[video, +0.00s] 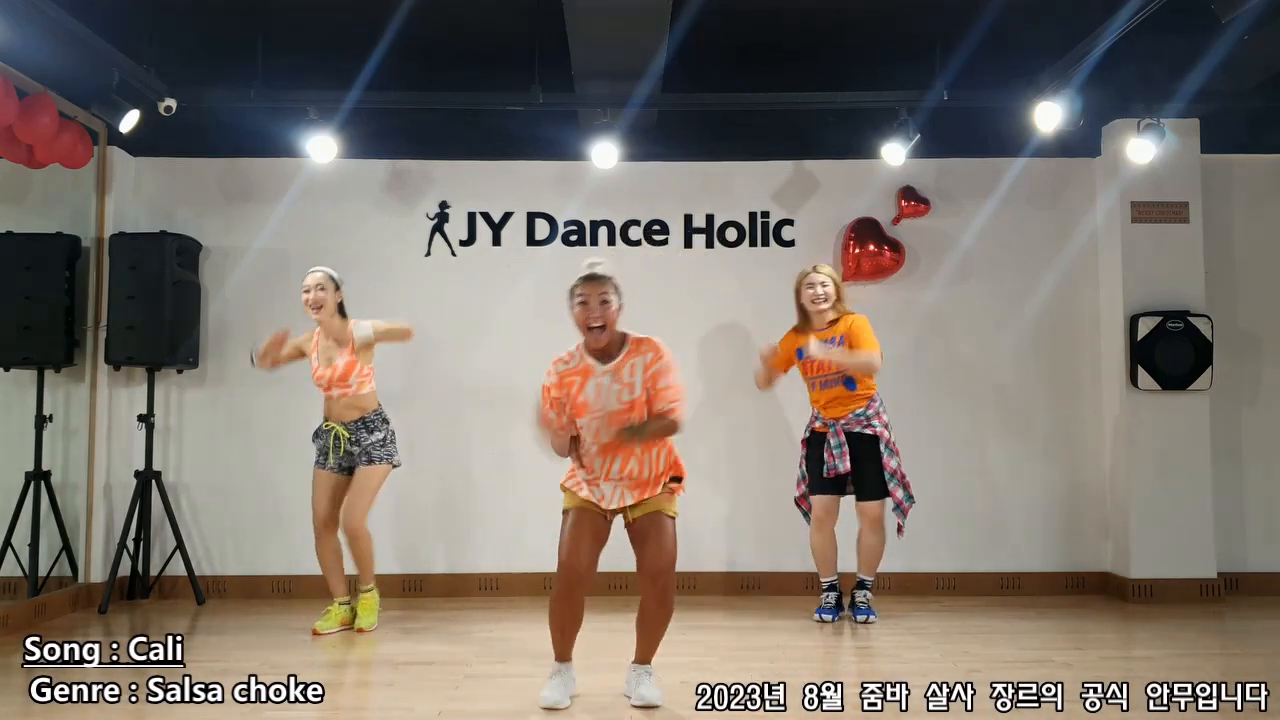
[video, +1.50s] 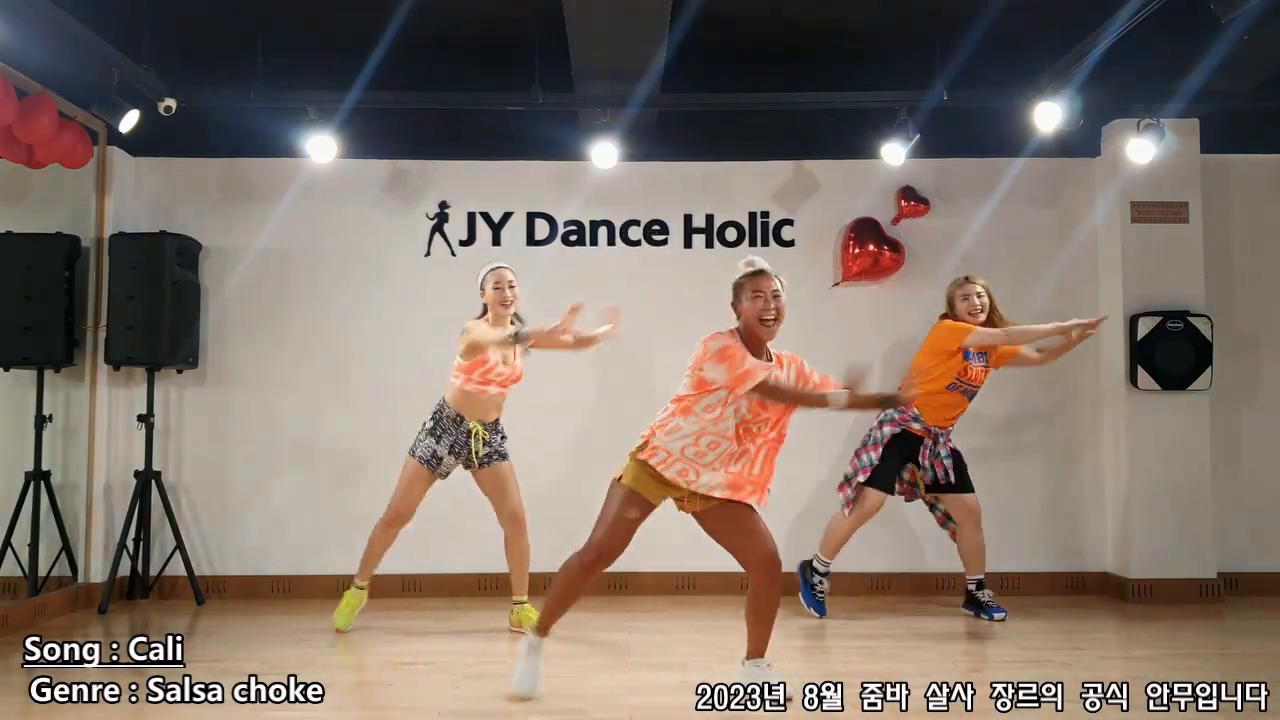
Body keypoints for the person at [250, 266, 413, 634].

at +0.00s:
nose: (312, 296)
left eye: (321, 288)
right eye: (307, 290)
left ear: (338, 295)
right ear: (302, 299)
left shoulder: (360, 331)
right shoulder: (309, 341)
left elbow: (407, 332)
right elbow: (267, 363)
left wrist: (367, 334)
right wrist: (270, 349)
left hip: (373, 434)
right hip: (333, 437)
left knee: (352, 520)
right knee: (323, 523)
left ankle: (367, 594)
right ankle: (341, 604)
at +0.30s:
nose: (312, 277)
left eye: (320, 271)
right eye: (311, 272)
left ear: (342, 281)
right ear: (313, 285)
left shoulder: (354, 316)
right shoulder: (314, 320)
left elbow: (333, 259)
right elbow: (270, 280)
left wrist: (302, 213)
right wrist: (237, 239)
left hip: (381, 418)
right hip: (345, 427)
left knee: (421, 504)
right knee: (333, 516)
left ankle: (466, 584)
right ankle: (342, 604)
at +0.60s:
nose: (358, 303)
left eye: (366, 296)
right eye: (352, 297)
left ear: (381, 303)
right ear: (345, 306)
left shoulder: (404, 345)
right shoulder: (345, 354)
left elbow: (443, 391)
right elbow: (331, 402)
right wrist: (321, 423)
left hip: (406, 441)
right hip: (365, 443)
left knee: (414, 534)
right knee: (325, 524)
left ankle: (439, 604)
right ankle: (341, 606)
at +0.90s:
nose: (416, 294)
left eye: (423, 287)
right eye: (409, 288)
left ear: (434, 293)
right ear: (399, 294)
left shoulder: (451, 331)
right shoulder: (390, 331)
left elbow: (496, 344)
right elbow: (349, 347)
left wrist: (482, 333)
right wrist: (370, 337)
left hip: (450, 430)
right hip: (404, 432)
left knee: (449, 521)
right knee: (407, 524)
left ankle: (444, 602)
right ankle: (412, 604)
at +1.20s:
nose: (481, 303)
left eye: (487, 297)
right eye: (473, 297)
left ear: (495, 302)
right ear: (460, 304)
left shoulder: (501, 350)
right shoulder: (446, 346)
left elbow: (517, 396)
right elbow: (404, 398)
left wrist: (523, 421)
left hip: (483, 444)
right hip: (440, 443)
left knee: (516, 524)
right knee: (401, 532)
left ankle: (520, 608)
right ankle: (408, 604)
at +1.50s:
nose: (506, 292)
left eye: (512, 286)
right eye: (498, 287)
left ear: (518, 294)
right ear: (484, 295)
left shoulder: (524, 334)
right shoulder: (473, 330)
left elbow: (569, 341)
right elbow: (499, 338)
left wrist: (602, 333)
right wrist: (552, 328)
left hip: (488, 434)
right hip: (446, 426)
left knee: (515, 516)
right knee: (396, 514)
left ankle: (520, 605)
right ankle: (358, 588)